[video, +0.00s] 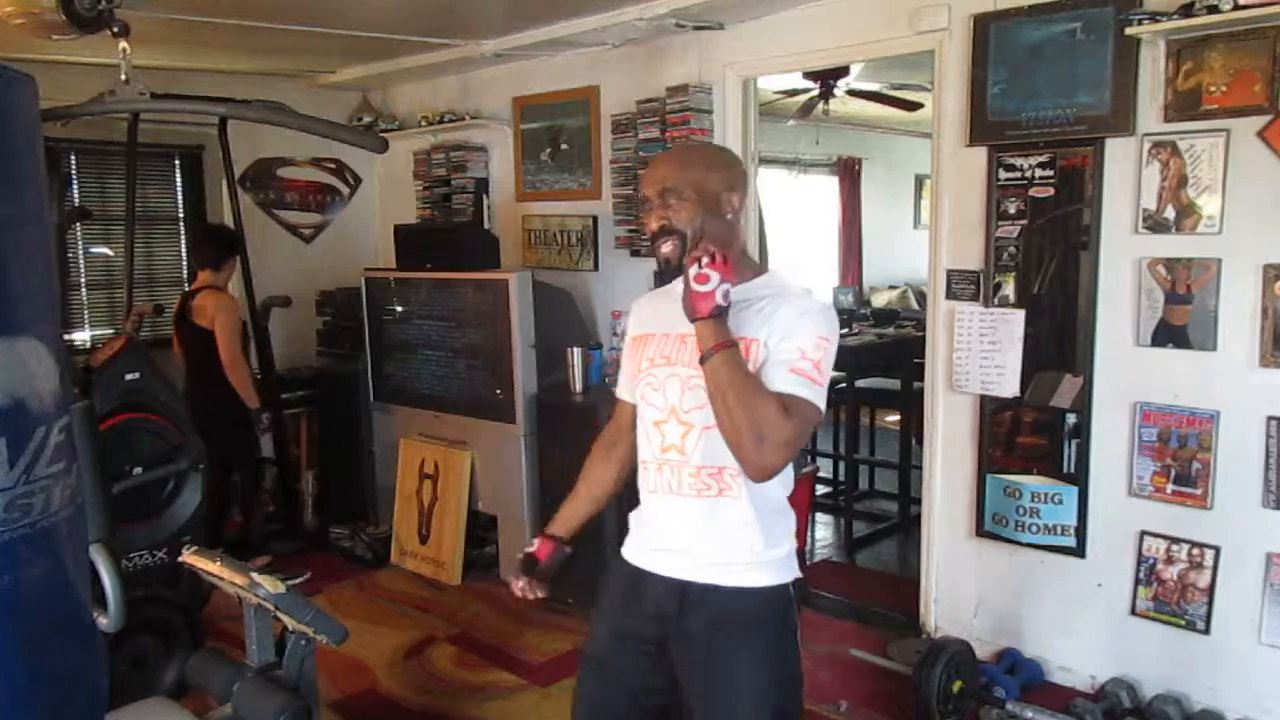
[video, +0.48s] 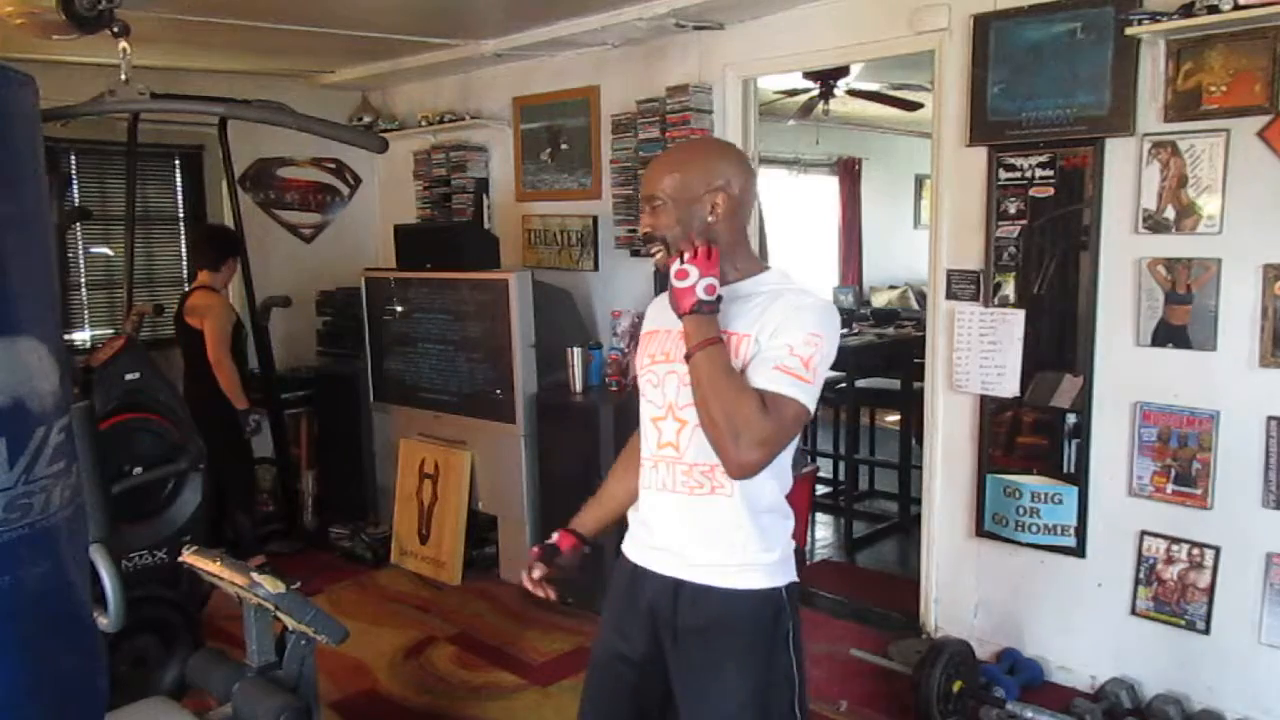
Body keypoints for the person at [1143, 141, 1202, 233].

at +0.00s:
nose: (1157, 158)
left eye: (1159, 153)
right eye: (1155, 156)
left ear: (1168, 150)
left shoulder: (1175, 162)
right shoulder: (1164, 166)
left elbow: (1170, 188)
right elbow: (1161, 188)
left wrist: (1160, 213)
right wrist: (1157, 212)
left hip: (1190, 211)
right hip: (1180, 211)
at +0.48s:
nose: (1158, 158)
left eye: (1159, 153)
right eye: (1155, 155)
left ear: (1169, 150)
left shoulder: (1175, 161)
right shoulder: (1164, 166)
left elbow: (1170, 187)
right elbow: (1161, 188)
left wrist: (1160, 213)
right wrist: (1157, 212)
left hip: (1190, 211)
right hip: (1180, 212)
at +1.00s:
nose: (1158, 158)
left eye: (1159, 153)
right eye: (1155, 156)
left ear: (1169, 150)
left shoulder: (1175, 161)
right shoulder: (1164, 166)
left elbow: (1170, 187)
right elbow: (1161, 189)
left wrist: (1160, 213)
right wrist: (1157, 212)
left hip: (1190, 211)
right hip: (1180, 211)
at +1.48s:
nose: (1157, 158)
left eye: (1159, 154)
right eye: (1155, 156)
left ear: (1169, 150)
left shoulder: (1175, 161)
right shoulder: (1164, 166)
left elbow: (1170, 188)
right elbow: (1161, 188)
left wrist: (1160, 213)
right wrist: (1157, 212)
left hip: (1191, 211)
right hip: (1180, 212)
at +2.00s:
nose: (1158, 158)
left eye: (1159, 153)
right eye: (1155, 155)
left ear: (1169, 150)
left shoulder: (1175, 161)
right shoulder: (1164, 166)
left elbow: (1170, 188)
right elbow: (1161, 188)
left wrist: (1160, 213)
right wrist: (1157, 212)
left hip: (1190, 211)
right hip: (1180, 212)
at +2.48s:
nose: (1157, 158)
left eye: (1159, 153)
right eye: (1155, 155)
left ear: (1168, 150)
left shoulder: (1175, 161)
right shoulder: (1164, 166)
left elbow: (1170, 187)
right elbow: (1161, 188)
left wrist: (1160, 212)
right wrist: (1157, 212)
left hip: (1190, 211)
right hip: (1180, 212)